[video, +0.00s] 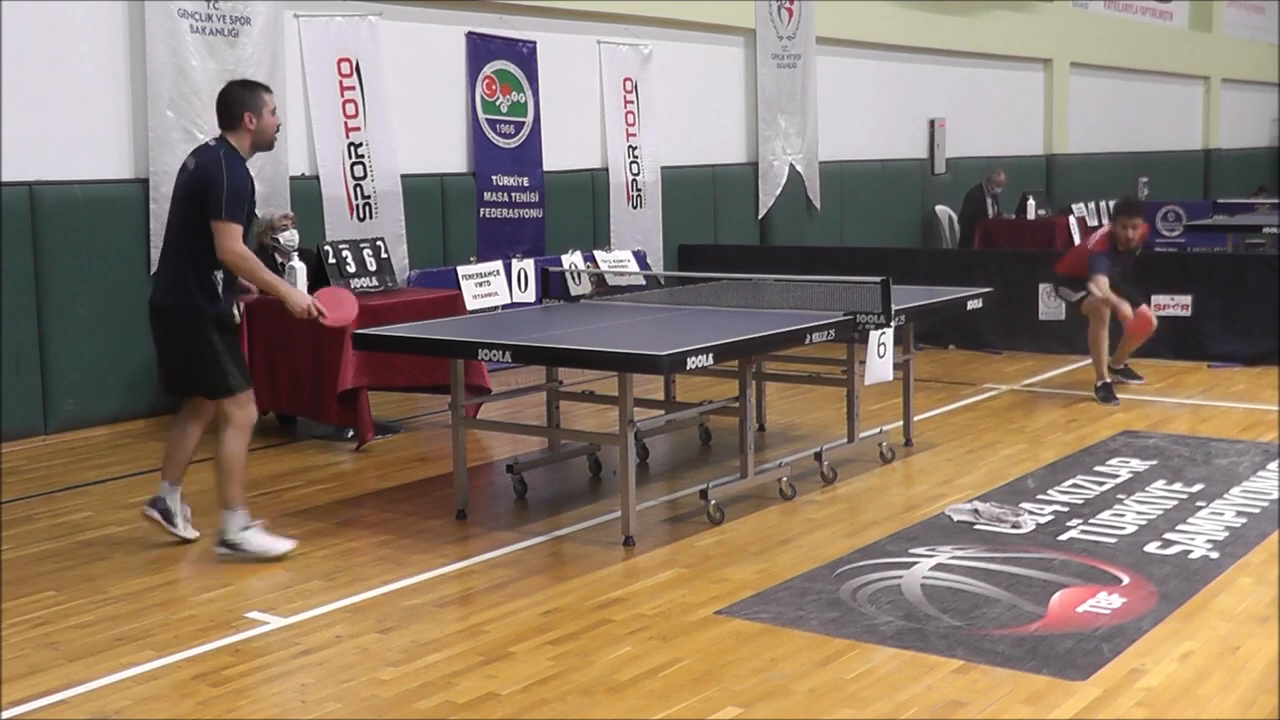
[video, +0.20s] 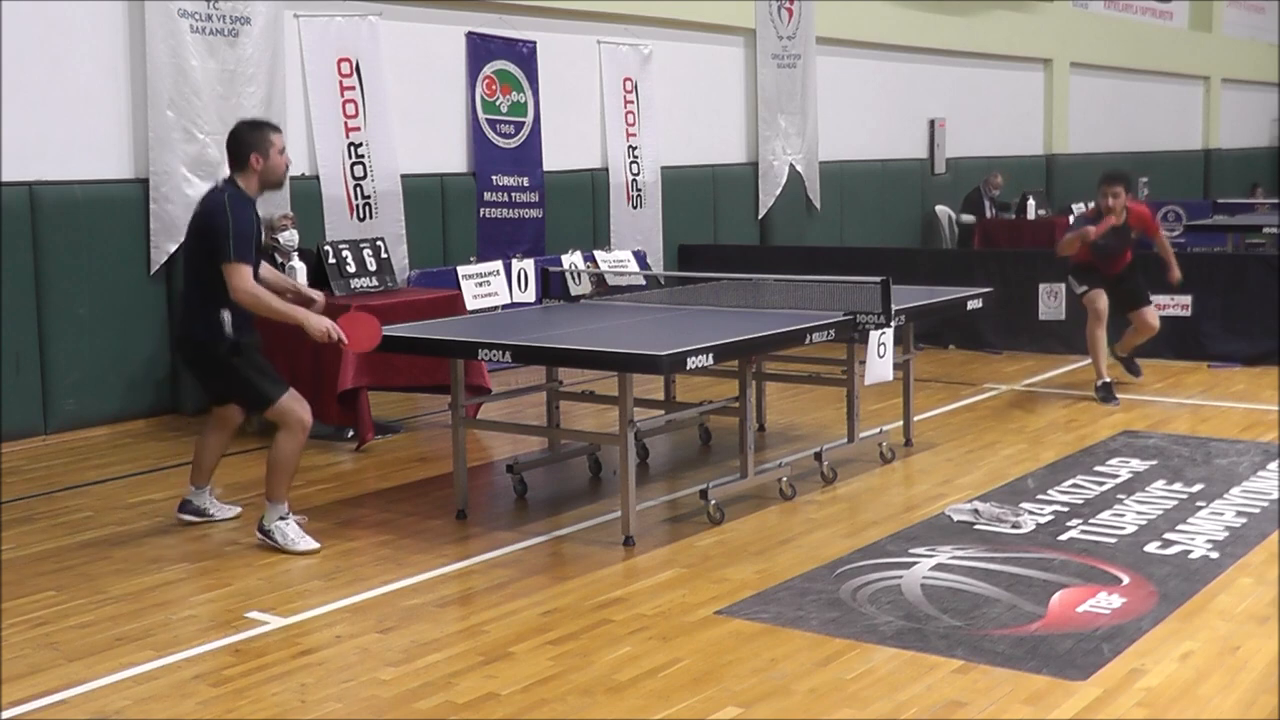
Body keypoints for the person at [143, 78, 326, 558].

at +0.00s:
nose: (278, 123)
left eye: (275, 113)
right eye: (273, 114)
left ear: (238, 121)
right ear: (249, 120)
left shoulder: (205, 158)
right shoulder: (228, 169)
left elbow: (198, 242)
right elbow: (230, 249)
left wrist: (232, 279)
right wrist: (287, 293)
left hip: (178, 305)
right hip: (196, 310)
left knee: (199, 405)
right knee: (241, 411)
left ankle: (166, 499)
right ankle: (236, 527)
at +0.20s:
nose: (287, 160)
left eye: (285, 151)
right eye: (280, 152)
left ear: (252, 161)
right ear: (256, 160)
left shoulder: (238, 203)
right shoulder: (230, 208)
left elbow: (254, 267)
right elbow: (240, 289)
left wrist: (299, 292)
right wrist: (304, 318)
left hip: (214, 338)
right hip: (212, 342)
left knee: (227, 413)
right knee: (297, 417)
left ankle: (196, 498)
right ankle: (275, 518)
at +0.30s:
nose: (291, 167)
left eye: (288, 158)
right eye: (283, 159)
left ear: (256, 169)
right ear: (258, 169)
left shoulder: (247, 211)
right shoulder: (233, 214)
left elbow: (264, 269)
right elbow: (235, 296)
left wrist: (314, 294)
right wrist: (299, 323)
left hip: (225, 344)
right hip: (221, 349)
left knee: (232, 418)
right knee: (301, 426)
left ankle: (196, 498)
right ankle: (278, 521)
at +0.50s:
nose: (311, 162)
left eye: (309, 153)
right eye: (301, 155)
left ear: (280, 163)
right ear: (271, 163)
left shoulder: (287, 203)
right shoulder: (236, 209)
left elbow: (309, 262)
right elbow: (218, 290)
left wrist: (355, 294)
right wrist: (258, 339)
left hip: (261, 329)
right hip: (223, 335)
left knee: (306, 417)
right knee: (290, 423)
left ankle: (273, 509)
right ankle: (265, 524)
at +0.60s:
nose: (310, 187)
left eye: (309, 178)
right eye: (300, 181)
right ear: (269, 188)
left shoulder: (308, 225)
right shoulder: (232, 236)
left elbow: (350, 262)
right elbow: (198, 298)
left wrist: (401, 293)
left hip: (280, 349)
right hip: (235, 352)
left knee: (317, 434)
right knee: (285, 435)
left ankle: (273, 511)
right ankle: (292, 558)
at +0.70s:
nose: (313, 208)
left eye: (312, 198)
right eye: (302, 201)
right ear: (268, 211)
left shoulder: (320, 235)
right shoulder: (229, 255)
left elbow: (370, 249)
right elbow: (178, 305)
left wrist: (417, 271)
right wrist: (125, 339)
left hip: (288, 362)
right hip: (240, 367)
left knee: (303, 444)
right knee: (286, 450)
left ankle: (275, 511)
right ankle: (298, 568)